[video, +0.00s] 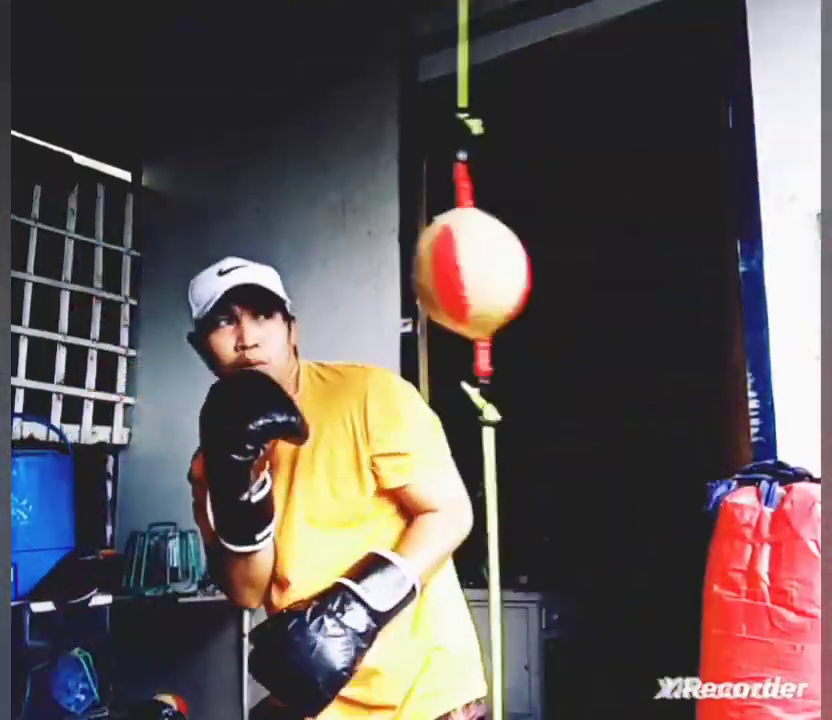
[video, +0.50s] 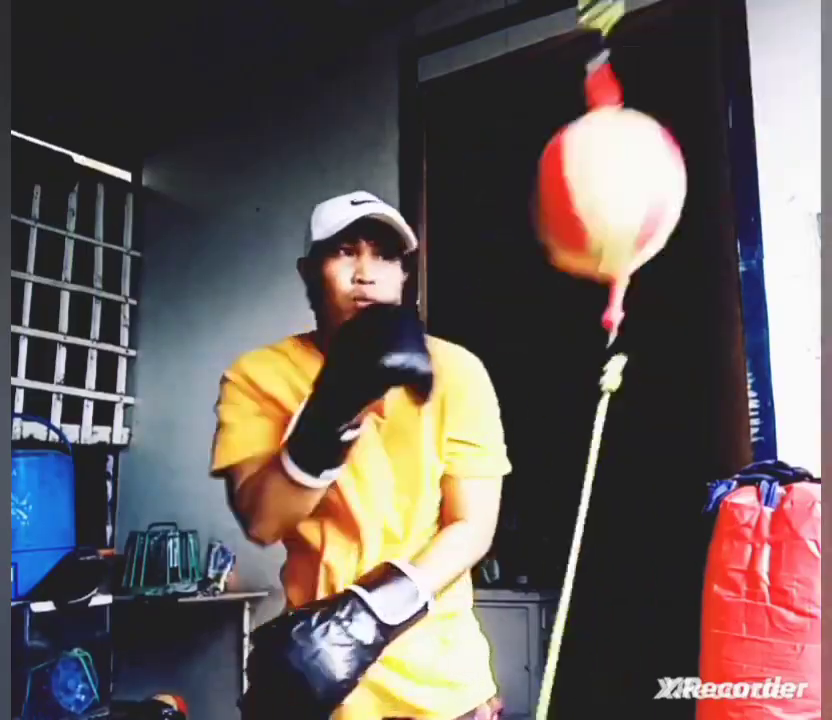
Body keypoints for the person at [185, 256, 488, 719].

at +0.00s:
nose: (246, 336)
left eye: (261, 315)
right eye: (224, 321)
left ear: (290, 329)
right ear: (204, 348)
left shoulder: (372, 394)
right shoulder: (212, 462)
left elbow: (449, 513)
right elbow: (246, 594)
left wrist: (352, 614)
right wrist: (242, 490)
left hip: (423, 682)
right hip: (313, 691)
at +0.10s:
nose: (285, 323)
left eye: (301, 302)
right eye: (263, 304)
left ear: (324, 315)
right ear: (237, 328)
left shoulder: (400, 392)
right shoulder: (222, 448)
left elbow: (461, 520)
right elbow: (249, 589)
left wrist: (370, 618)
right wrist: (261, 491)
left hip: (430, 684)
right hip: (306, 690)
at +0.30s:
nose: (390, 272)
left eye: (404, 257)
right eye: (367, 257)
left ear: (423, 270)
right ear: (329, 280)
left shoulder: (456, 382)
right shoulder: (281, 361)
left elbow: (484, 518)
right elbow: (295, 446)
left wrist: (414, 583)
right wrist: (389, 330)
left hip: (444, 682)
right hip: (313, 687)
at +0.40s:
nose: (395, 273)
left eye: (412, 257)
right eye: (374, 255)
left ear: (433, 275)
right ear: (338, 275)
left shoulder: (470, 386)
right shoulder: (283, 352)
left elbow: (483, 531)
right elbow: (340, 393)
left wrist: (398, 608)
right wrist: (428, 324)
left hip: (446, 683)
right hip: (314, 684)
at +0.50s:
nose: (366, 270)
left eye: (384, 255)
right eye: (345, 252)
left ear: (405, 276)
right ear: (312, 274)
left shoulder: (456, 372)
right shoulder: (260, 376)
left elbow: (474, 526)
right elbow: (262, 522)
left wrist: (366, 617)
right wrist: (333, 413)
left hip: (443, 674)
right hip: (321, 676)